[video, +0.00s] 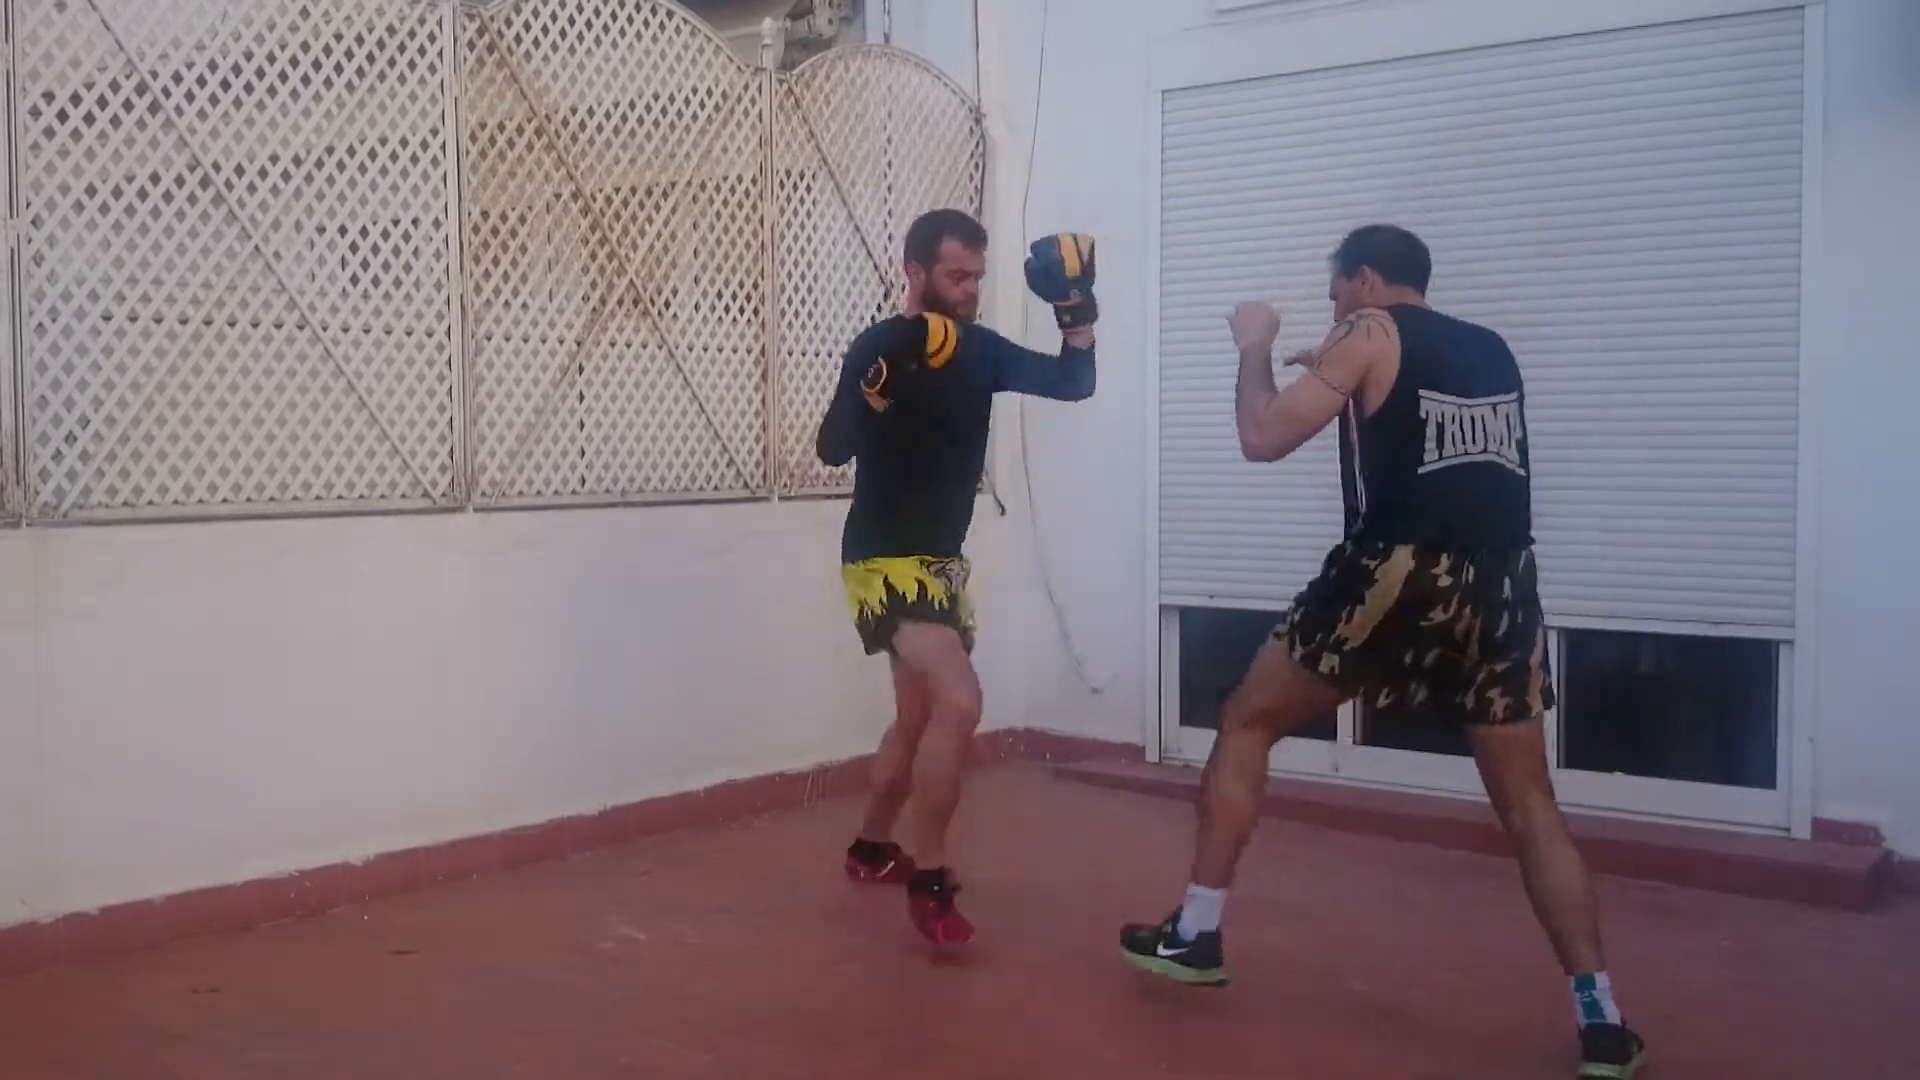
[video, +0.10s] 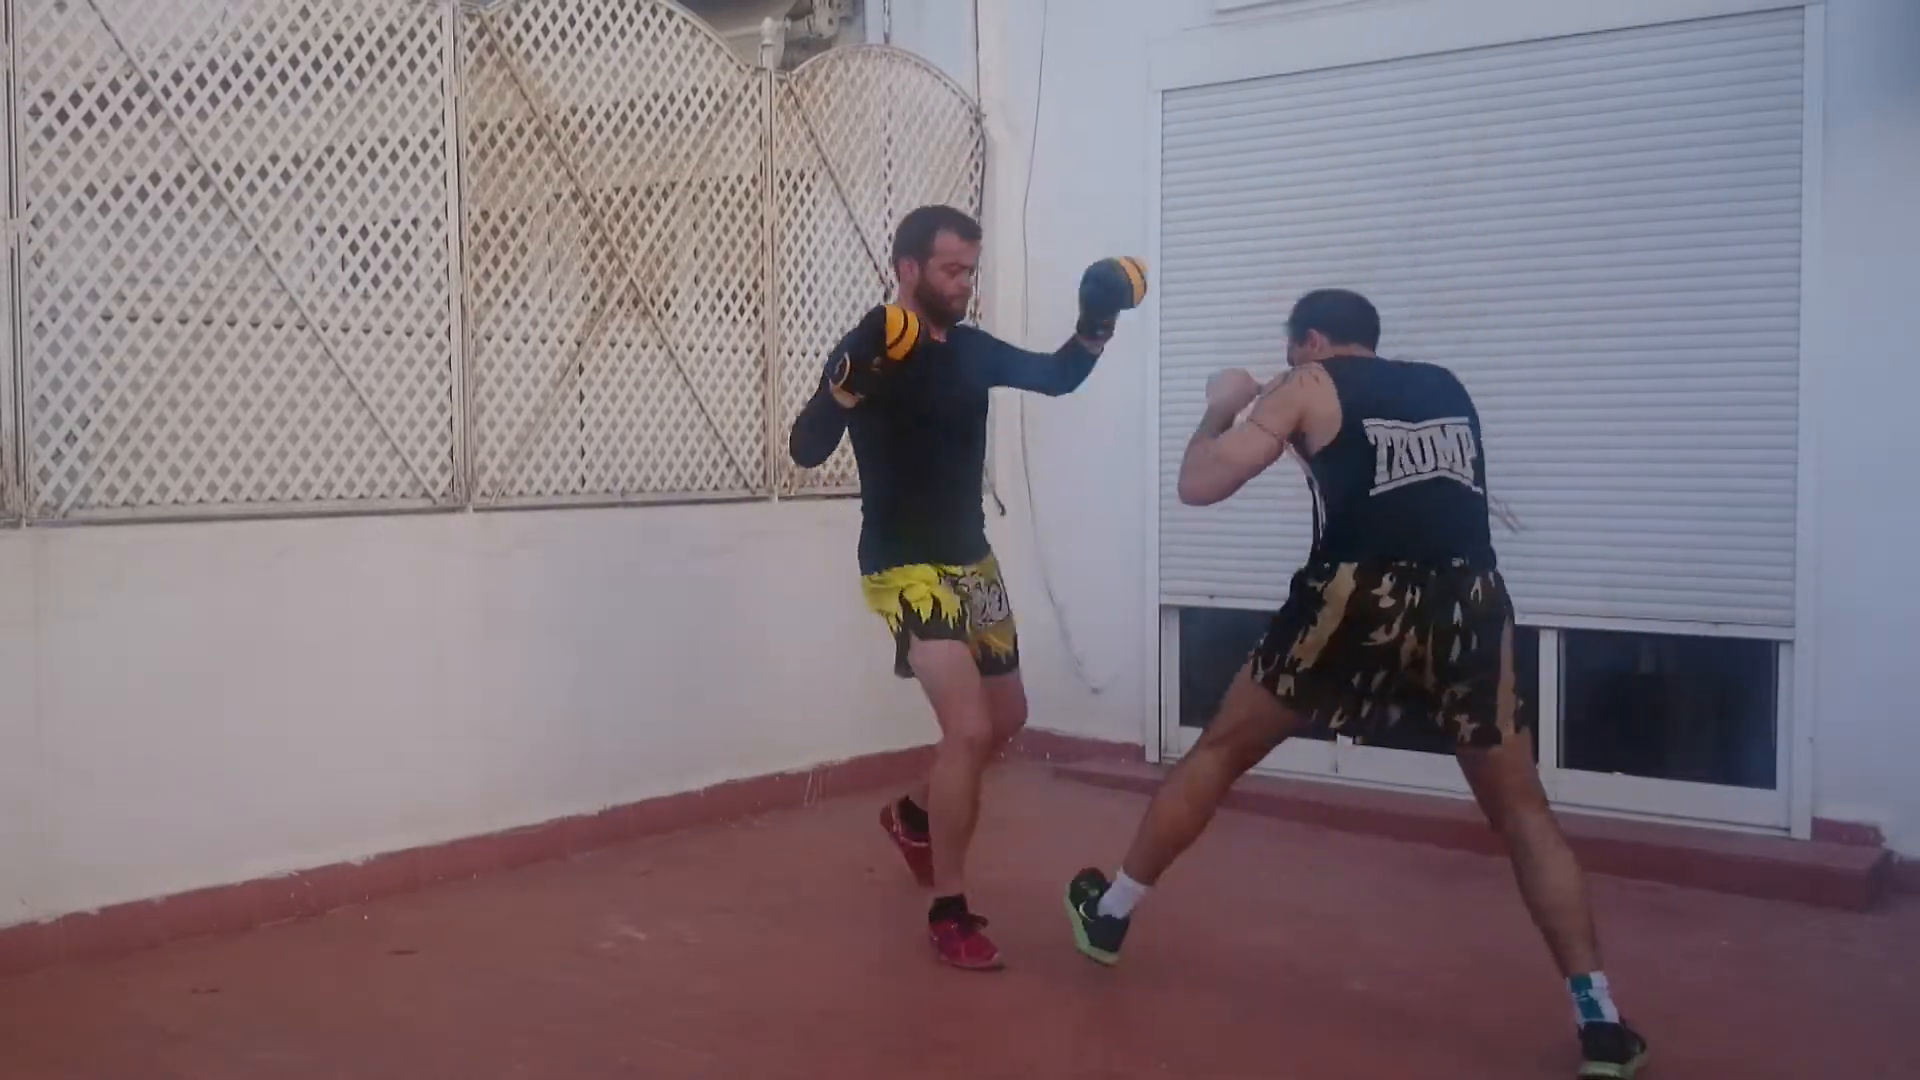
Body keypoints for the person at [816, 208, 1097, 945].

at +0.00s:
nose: (970, 289)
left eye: (977, 276)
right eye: (957, 276)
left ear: (981, 276)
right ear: (914, 274)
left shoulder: (985, 350)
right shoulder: (877, 348)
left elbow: (1073, 379)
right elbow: (833, 447)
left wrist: (1075, 314)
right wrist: (876, 385)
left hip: (942, 557)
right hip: (884, 554)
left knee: (915, 721)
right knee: (959, 701)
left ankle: (872, 849)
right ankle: (928, 877)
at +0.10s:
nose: (965, 284)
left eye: (971, 272)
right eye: (952, 271)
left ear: (972, 273)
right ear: (907, 269)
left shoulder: (974, 348)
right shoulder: (866, 345)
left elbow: (1060, 374)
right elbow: (807, 451)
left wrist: (1098, 312)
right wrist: (849, 381)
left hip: (971, 555)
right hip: (904, 562)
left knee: (1003, 718)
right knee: (967, 730)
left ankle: (917, 814)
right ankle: (950, 908)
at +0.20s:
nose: (950, 283)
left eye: (957, 270)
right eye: (939, 268)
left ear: (955, 273)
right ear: (891, 263)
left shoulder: (954, 339)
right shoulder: (851, 350)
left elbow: (1014, 370)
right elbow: (840, 436)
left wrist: (1106, 356)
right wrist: (881, 364)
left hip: (996, 541)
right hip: (920, 562)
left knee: (1088, 690)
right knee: (969, 736)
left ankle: (1028, 798)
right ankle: (949, 911)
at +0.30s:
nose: (948, 275)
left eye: (953, 262)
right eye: (937, 260)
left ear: (946, 263)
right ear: (890, 256)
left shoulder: (943, 331)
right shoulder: (846, 348)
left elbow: (984, 387)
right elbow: (872, 431)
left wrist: (1035, 404)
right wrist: (920, 334)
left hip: (1015, 529)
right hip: (935, 556)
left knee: (1124, 668)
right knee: (968, 740)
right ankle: (949, 911)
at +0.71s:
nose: (949, 287)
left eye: (952, 275)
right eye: (937, 273)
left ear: (935, 272)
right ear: (889, 270)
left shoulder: (950, 344)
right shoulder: (867, 367)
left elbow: (1013, 397)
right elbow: (961, 405)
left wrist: (1112, 391)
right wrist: (986, 300)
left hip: (1034, 545)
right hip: (961, 571)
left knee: (1114, 703)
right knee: (991, 755)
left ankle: (1151, 863)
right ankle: (952, 910)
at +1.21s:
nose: (1001, 279)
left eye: (1004, 266)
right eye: (988, 263)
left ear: (969, 260)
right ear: (942, 253)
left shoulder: (960, 334)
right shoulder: (911, 323)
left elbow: (976, 460)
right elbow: (1015, 343)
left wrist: (1059, 483)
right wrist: (1048, 253)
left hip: (1015, 543)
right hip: (959, 555)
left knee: (1073, 707)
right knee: (992, 736)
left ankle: (1086, 875)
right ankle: (953, 909)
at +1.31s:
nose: (1000, 260)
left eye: (1003, 248)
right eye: (987, 246)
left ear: (984, 250)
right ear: (940, 245)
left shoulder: (969, 327)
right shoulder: (909, 317)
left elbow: (974, 444)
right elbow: (976, 369)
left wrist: (1044, 469)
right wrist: (1051, 288)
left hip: (1003, 535)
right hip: (947, 543)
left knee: (1051, 700)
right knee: (983, 723)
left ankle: (1002, 845)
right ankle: (948, 906)